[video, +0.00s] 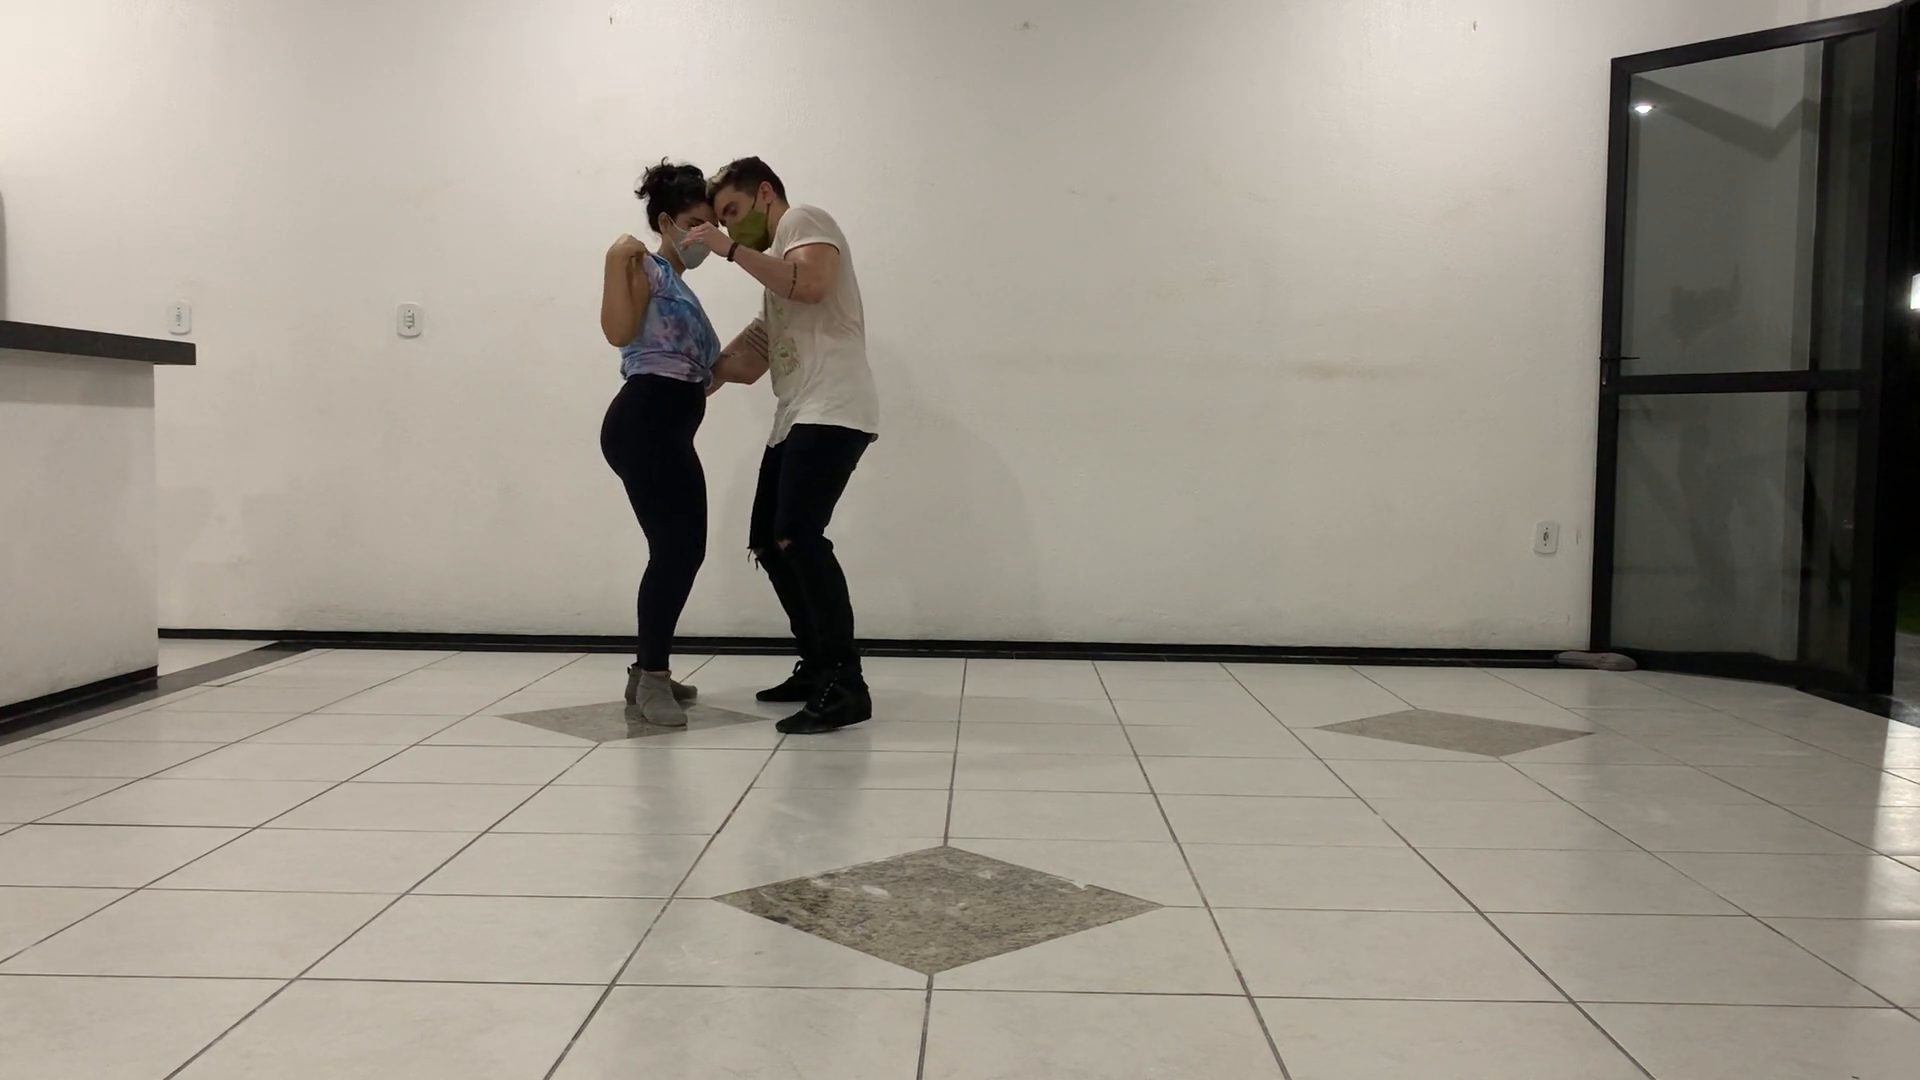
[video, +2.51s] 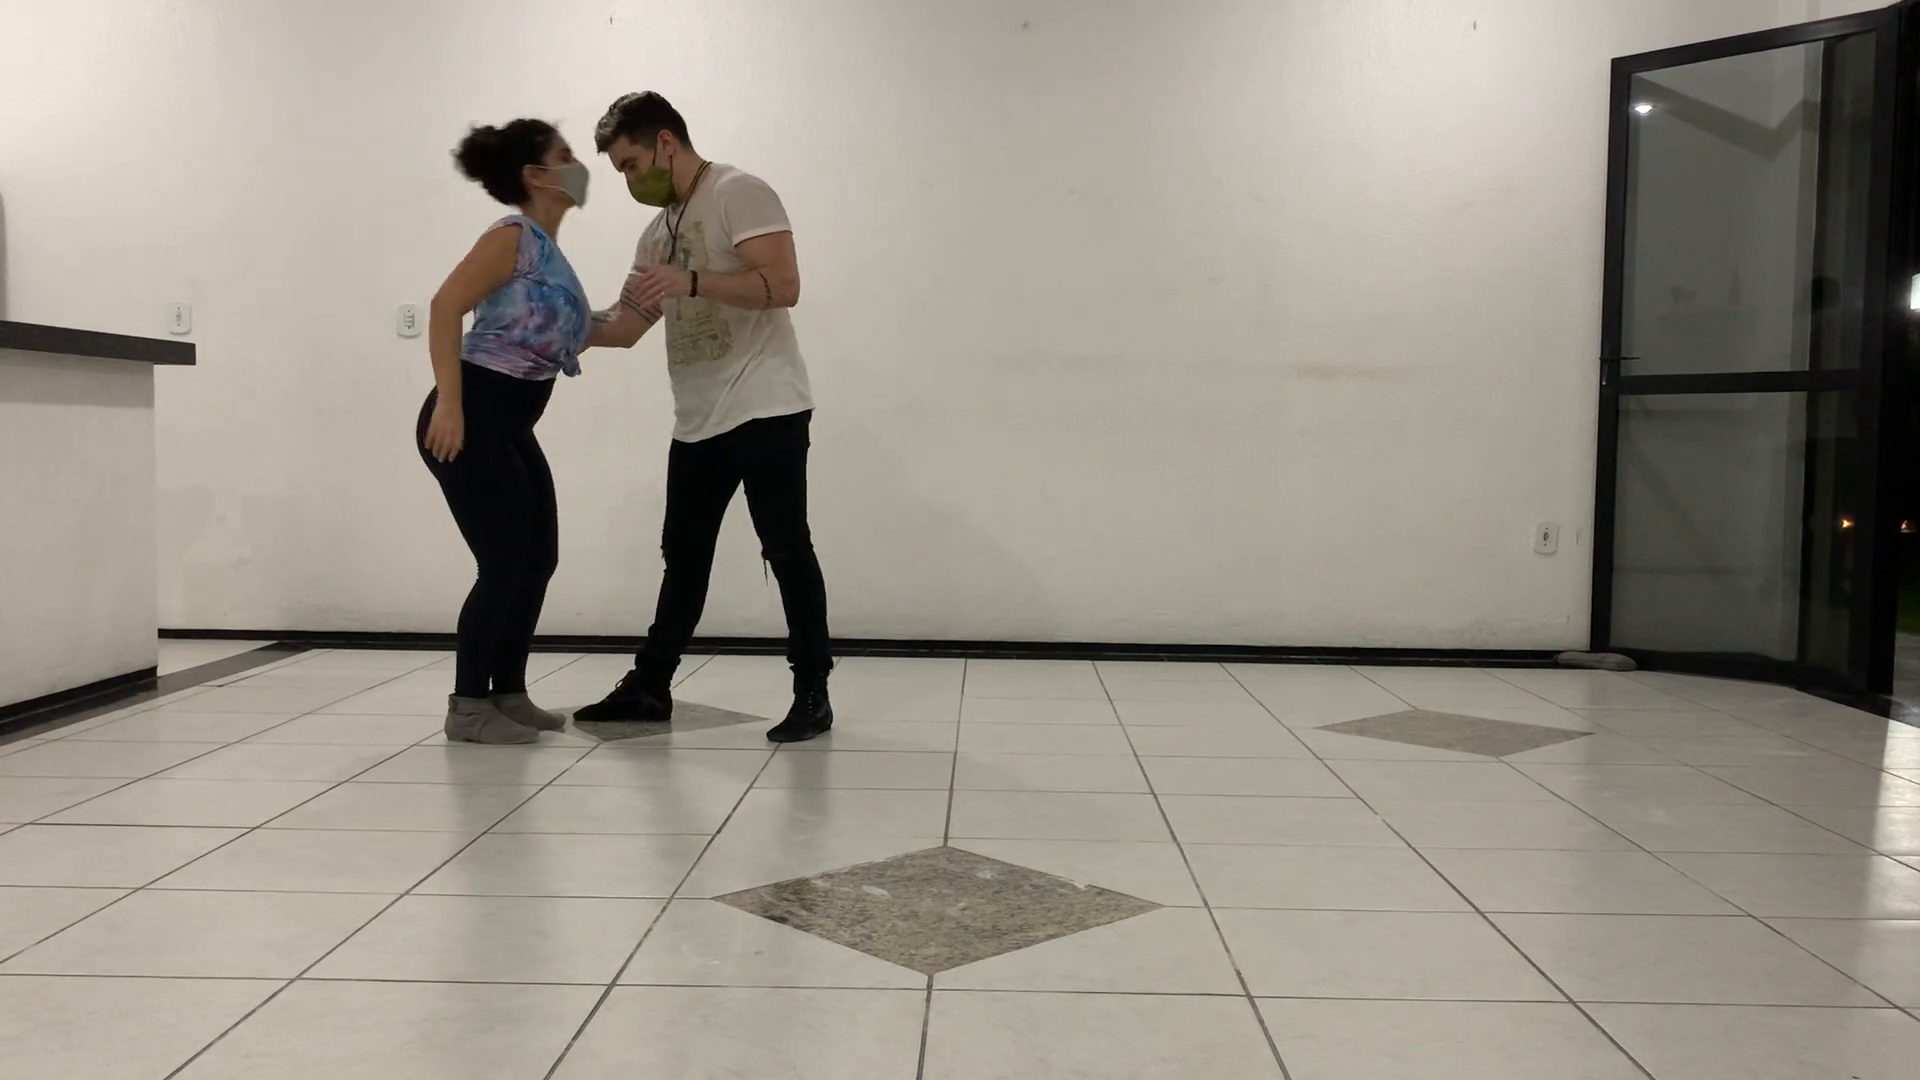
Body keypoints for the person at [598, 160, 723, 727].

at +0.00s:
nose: (702, 233)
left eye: (706, 223)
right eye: (692, 222)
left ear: (705, 226)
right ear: (665, 223)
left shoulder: (679, 287)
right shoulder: (640, 266)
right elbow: (617, 332)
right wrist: (620, 263)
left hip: (670, 426)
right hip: (643, 422)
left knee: (684, 549)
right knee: (672, 550)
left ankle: (652, 670)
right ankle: (648, 679)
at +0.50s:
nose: (712, 219)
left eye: (716, 206)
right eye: (698, 206)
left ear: (718, 203)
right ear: (666, 207)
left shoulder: (699, 274)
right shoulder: (646, 272)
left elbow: (705, 346)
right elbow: (622, 358)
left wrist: (748, 330)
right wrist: (606, 343)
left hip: (680, 423)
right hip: (645, 421)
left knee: (690, 544)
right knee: (675, 543)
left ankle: (652, 665)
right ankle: (654, 672)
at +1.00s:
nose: (698, 203)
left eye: (698, 192)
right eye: (689, 191)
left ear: (670, 194)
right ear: (653, 191)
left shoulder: (657, 257)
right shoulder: (625, 248)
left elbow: (688, 346)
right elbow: (585, 325)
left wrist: (741, 311)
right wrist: (633, 409)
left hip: (659, 413)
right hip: (636, 415)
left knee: (678, 548)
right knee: (681, 548)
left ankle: (648, 668)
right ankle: (636, 685)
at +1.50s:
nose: (660, 221)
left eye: (665, 210)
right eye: (654, 209)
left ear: (625, 201)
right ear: (616, 200)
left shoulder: (609, 271)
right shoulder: (572, 245)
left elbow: (622, 354)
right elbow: (490, 286)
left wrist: (677, 309)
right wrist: (528, 374)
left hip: (527, 419)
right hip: (549, 417)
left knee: (560, 558)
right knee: (613, 547)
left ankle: (526, 694)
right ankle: (624, 693)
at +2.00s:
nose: (641, 208)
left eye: (644, 196)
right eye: (633, 194)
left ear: (617, 194)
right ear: (593, 189)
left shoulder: (596, 278)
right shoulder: (540, 237)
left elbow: (590, 363)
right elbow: (444, 272)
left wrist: (657, 334)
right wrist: (445, 370)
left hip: (539, 422)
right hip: (487, 411)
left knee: (547, 557)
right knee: (512, 552)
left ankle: (524, 696)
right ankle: (517, 701)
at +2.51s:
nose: (579, 163)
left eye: (573, 153)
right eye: (565, 157)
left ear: (543, 175)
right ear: (534, 176)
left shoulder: (549, 261)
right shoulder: (512, 238)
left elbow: (620, 333)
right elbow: (445, 305)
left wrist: (658, 284)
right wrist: (448, 402)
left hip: (512, 419)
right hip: (472, 413)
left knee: (538, 552)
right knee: (506, 556)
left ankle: (506, 694)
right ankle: (469, 705)